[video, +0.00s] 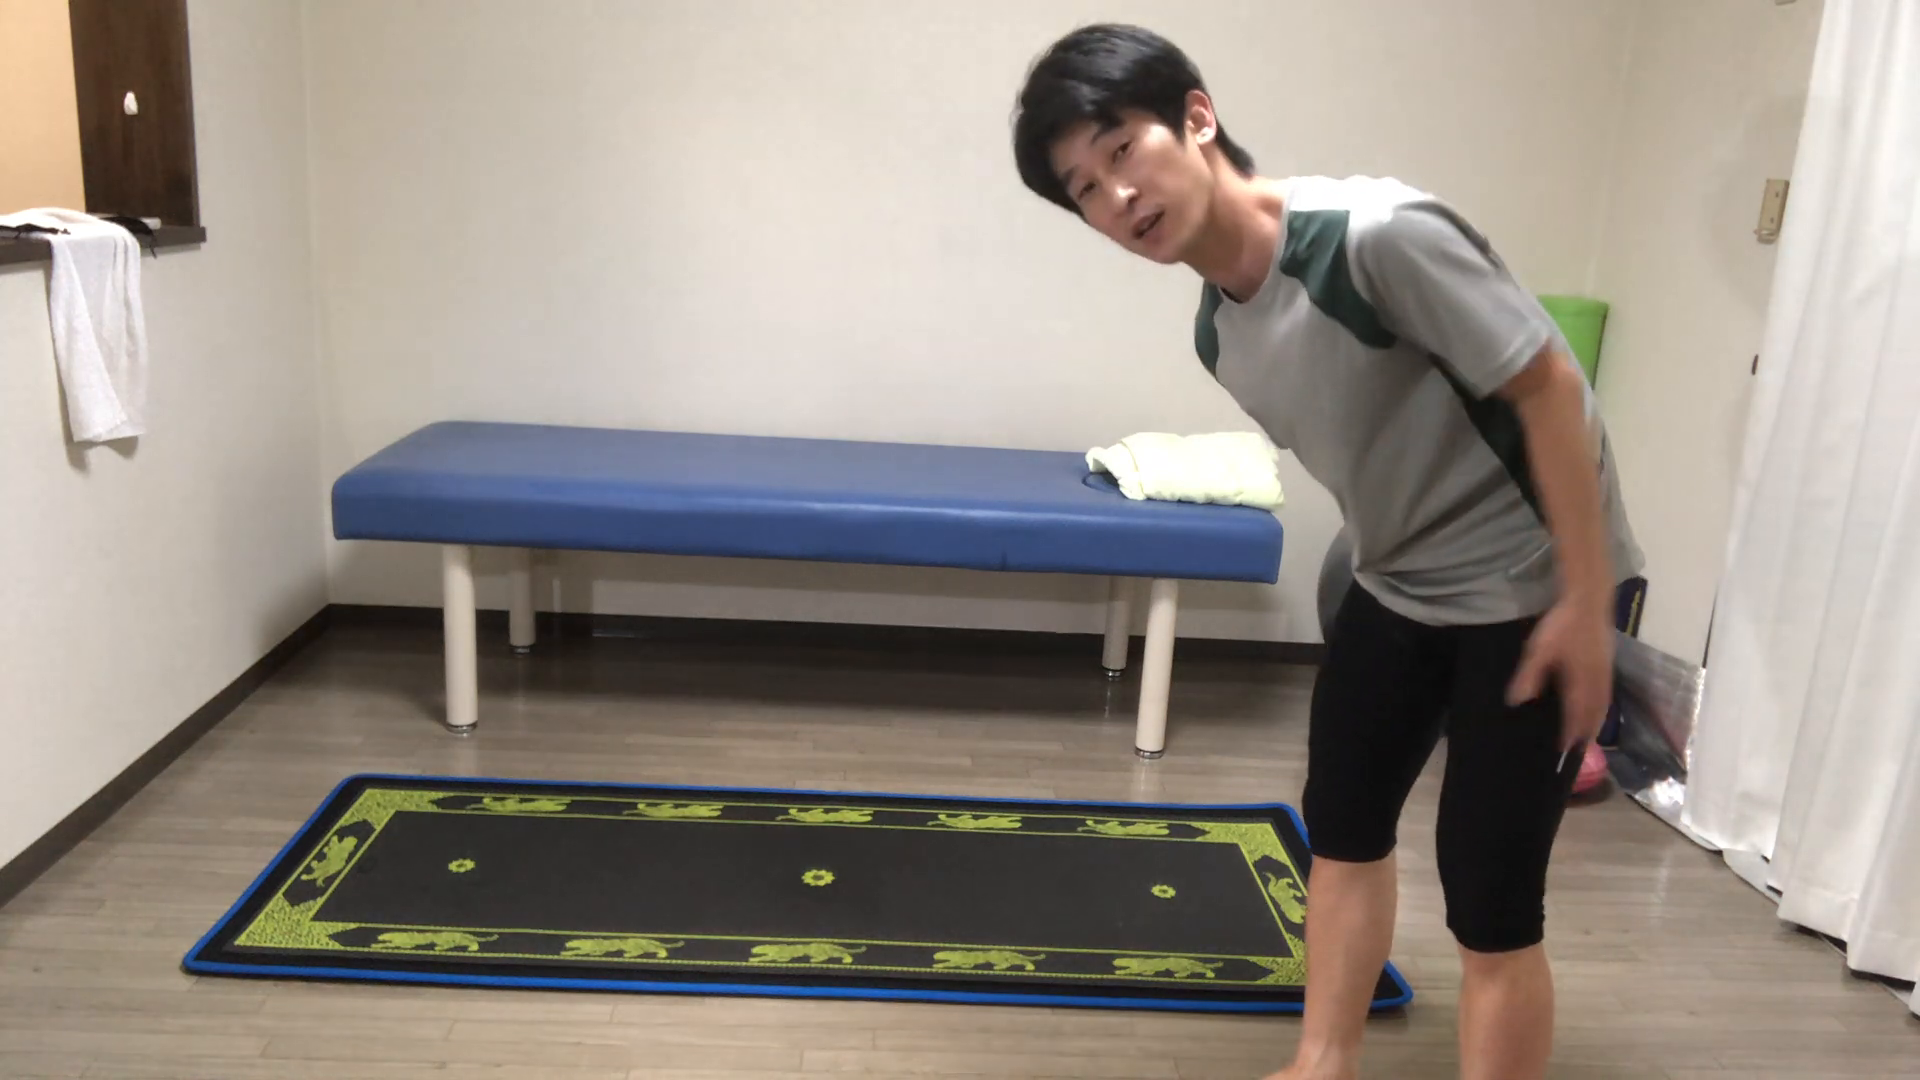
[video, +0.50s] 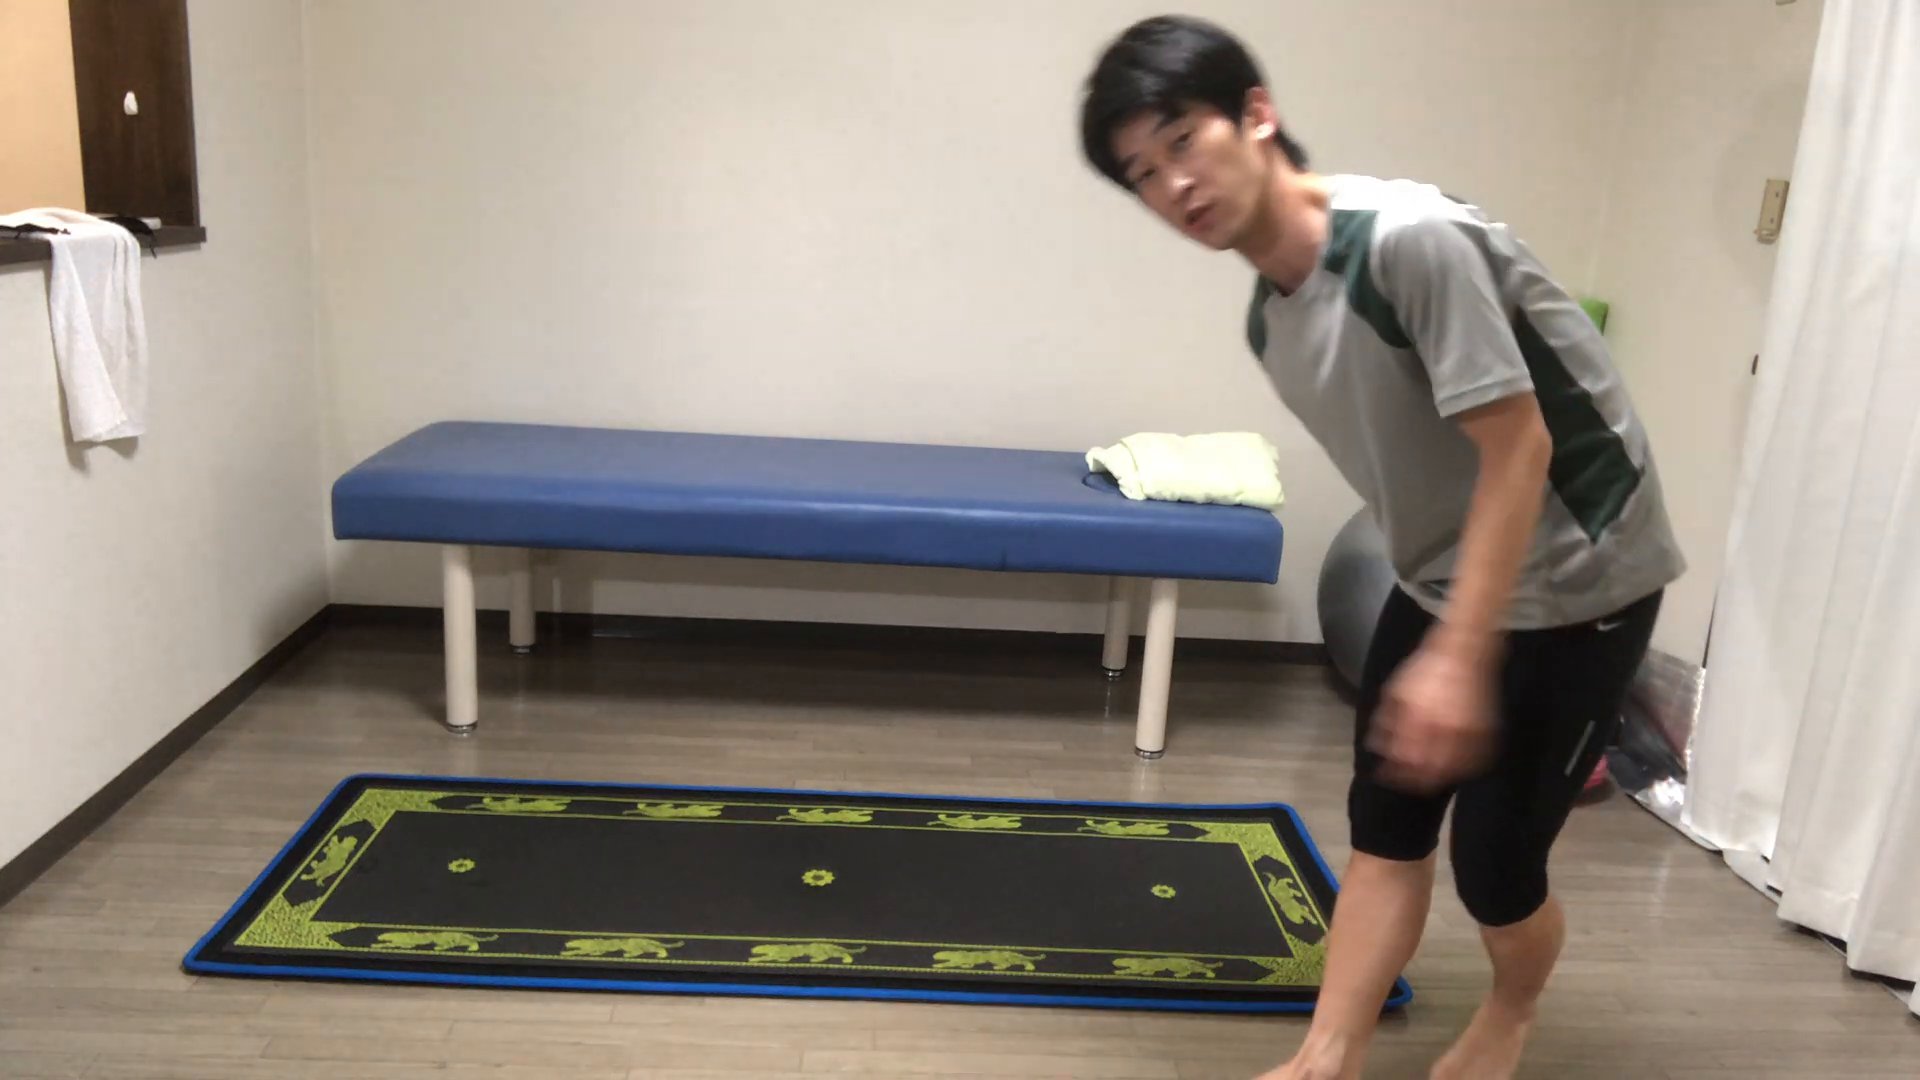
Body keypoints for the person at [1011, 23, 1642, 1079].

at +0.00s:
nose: (1117, 198)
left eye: (1123, 150)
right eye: (1084, 193)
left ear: (1199, 119)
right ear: (1081, 220)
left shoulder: (1383, 238)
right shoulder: (1220, 333)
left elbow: (1550, 387)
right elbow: (1372, 457)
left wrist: (1587, 602)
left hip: (1525, 598)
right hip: (1392, 591)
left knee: (1494, 908)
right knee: (1344, 833)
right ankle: (1323, 1060)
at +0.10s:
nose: (1116, 191)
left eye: (1123, 143)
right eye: (1083, 183)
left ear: (1198, 116)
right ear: (1080, 212)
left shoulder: (1378, 233)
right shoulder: (1217, 332)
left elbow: (1563, 362)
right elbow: (1368, 452)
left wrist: (1639, 556)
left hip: (1537, 590)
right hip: (1398, 587)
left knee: (1493, 896)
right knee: (1351, 831)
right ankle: (1324, 1060)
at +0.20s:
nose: (1114, 189)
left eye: (1125, 143)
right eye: (1084, 180)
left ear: (1202, 116)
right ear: (1084, 204)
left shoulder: (1379, 233)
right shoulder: (1219, 330)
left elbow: (1558, 367)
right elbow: (1370, 446)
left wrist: (1655, 549)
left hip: (1551, 581)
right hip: (1411, 584)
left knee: (1487, 872)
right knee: (1356, 823)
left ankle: (1500, 1069)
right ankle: (1323, 1060)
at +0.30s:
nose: (1128, 193)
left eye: (1136, 147)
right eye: (1096, 186)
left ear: (1210, 119)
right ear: (1096, 211)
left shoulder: (1381, 234)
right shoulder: (1230, 334)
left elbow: (1552, 385)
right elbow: (1382, 456)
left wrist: (1643, 587)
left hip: (1550, 588)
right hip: (1416, 588)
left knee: (1484, 868)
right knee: (1367, 831)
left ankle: (1502, 1067)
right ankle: (1322, 1061)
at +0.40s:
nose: (1147, 194)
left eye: (1154, 149)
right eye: (1115, 187)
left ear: (1228, 122)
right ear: (1111, 214)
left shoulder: (1390, 238)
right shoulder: (1247, 330)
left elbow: (1535, 415)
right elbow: (1396, 467)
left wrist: (1575, 638)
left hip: (1563, 579)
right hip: (1429, 584)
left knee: (1485, 869)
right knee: (1378, 829)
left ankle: (1508, 1045)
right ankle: (1324, 1059)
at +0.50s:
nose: (1174, 185)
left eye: (1183, 142)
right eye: (1144, 177)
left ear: (1258, 118)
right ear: (1138, 204)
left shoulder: (1414, 242)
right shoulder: (1270, 323)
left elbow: (1520, 449)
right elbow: (1410, 469)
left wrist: (1458, 654)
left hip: (1581, 580)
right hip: (1443, 579)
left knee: (1493, 857)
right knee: (1386, 815)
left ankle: (1510, 1011)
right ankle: (1326, 1058)